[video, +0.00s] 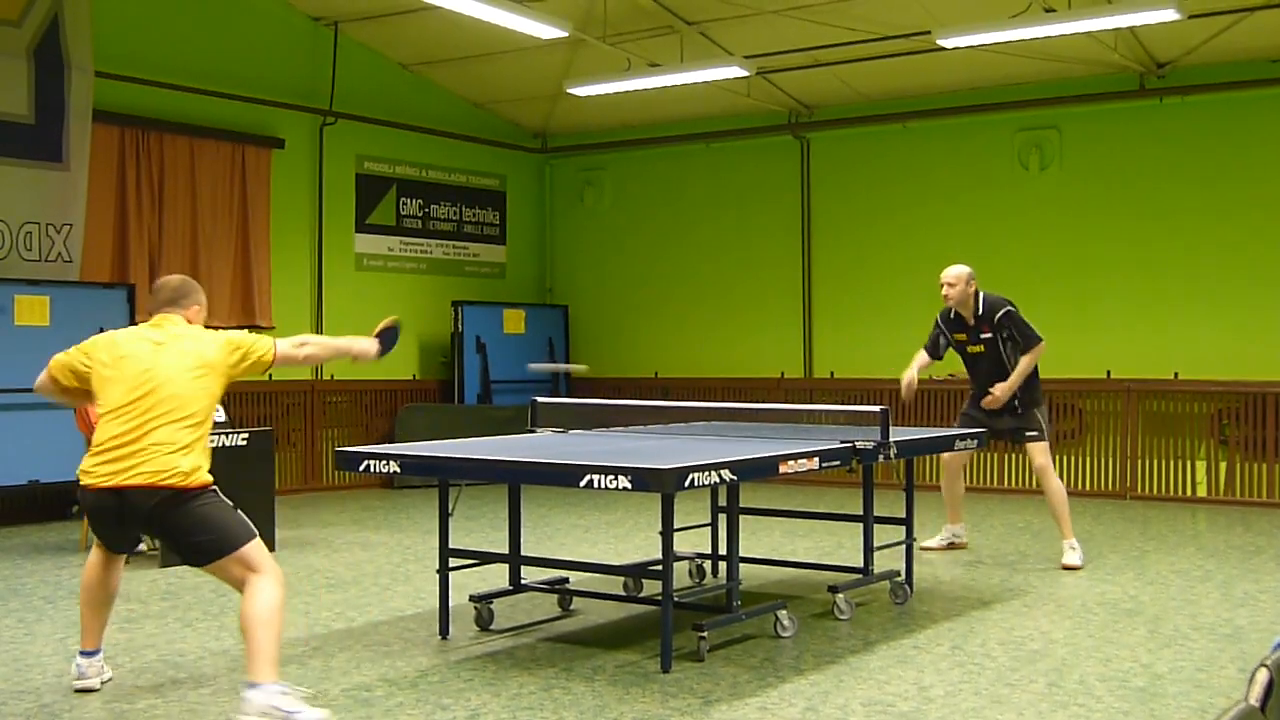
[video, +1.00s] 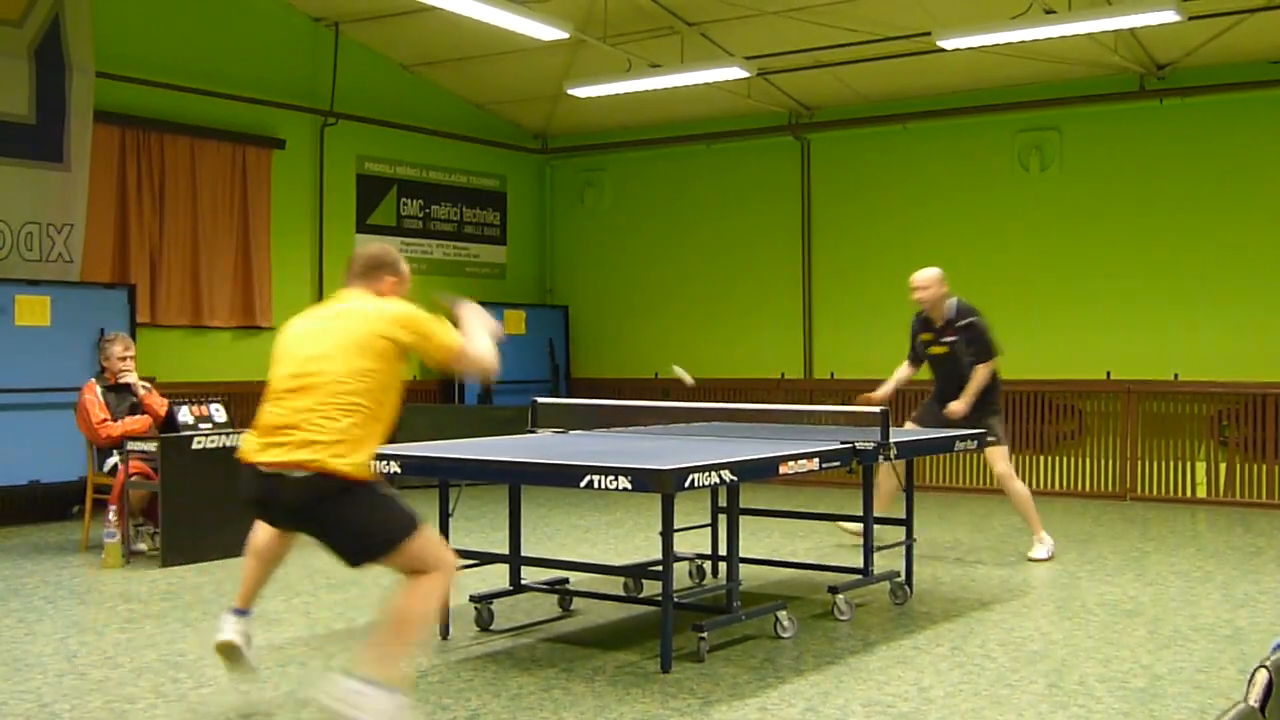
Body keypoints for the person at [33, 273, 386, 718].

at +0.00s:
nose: (205, 318)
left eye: (204, 312)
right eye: (204, 312)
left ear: (152, 311)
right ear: (194, 311)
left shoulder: (105, 344)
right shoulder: (217, 344)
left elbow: (44, 384)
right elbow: (300, 350)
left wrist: (92, 396)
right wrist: (364, 346)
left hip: (104, 485)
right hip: (176, 486)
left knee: (108, 550)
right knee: (261, 574)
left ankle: (87, 660)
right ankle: (263, 687)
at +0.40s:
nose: (243, 266)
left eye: (243, 258)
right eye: (242, 258)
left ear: (190, 255)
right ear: (228, 256)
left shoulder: (136, 300)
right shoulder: (236, 297)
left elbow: (108, 372)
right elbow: (308, 363)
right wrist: (336, 381)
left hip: (114, 440)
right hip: (179, 437)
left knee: (131, 549)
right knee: (260, 540)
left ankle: (92, 663)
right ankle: (280, 671)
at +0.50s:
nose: (259, 276)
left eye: (258, 267)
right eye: (256, 267)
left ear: (203, 266)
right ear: (240, 268)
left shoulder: (153, 307)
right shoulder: (245, 308)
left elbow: (145, 372)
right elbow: (315, 380)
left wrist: (227, 377)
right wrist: (332, 404)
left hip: (120, 446)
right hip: (186, 449)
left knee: (147, 549)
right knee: (260, 559)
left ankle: (95, 666)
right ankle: (278, 691)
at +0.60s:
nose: (284, 298)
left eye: (285, 288)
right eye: (282, 288)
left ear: (235, 283)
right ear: (263, 286)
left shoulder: (194, 326)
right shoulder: (250, 337)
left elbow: (194, 398)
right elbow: (259, 424)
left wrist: (266, 400)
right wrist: (332, 468)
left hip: (145, 480)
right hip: (197, 483)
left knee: (176, 566)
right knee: (301, 571)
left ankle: (99, 668)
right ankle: (277, 702)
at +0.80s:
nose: (358, 293)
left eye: (361, 283)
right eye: (350, 282)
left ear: (325, 281)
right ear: (315, 278)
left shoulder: (297, 318)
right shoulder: (301, 325)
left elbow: (290, 395)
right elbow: (303, 404)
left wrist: (350, 377)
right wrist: (415, 393)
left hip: (218, 480)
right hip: (254, 486)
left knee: (213, 564)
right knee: (358, 585)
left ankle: (134, 643)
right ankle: (282, 705)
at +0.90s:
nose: (380, 294)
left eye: (382, 285)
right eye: (377, 284)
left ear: (330, 274)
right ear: (354, 276)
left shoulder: (280, 314)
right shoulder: (351, 311)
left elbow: (338, 390)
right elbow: (434, 346)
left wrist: (385, 346)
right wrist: (472, 295)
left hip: (227, 477)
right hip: (283, 485)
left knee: (250, 534)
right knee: (379, 587)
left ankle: (186, 628)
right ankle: (288, 699)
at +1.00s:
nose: (406, 293)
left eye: (406, 286)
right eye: (405, 285)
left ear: (351, 280)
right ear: (389, 282)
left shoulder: (300, 322)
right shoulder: (394, 314)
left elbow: (288, 397)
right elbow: (483, 364)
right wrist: (476, 322)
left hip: (264, 478)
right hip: (330, 483)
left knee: (282, 514)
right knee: (436, 564)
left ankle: (236, 618)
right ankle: (373, 679)